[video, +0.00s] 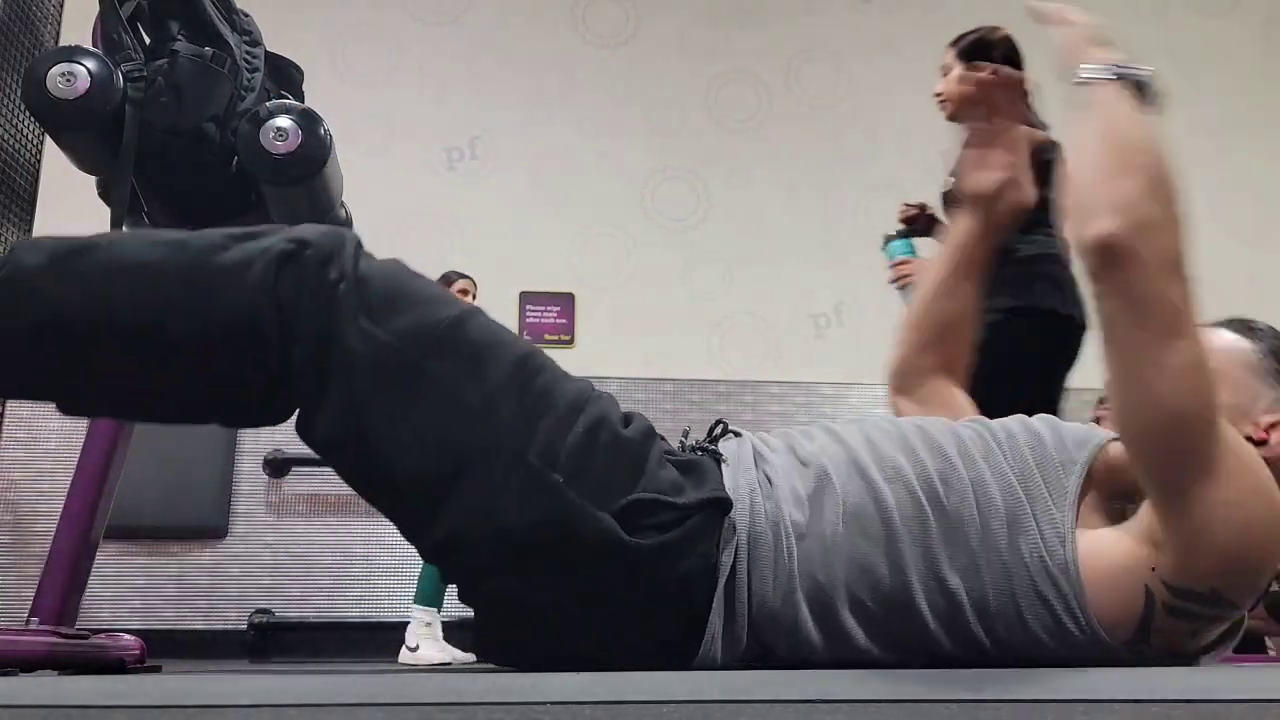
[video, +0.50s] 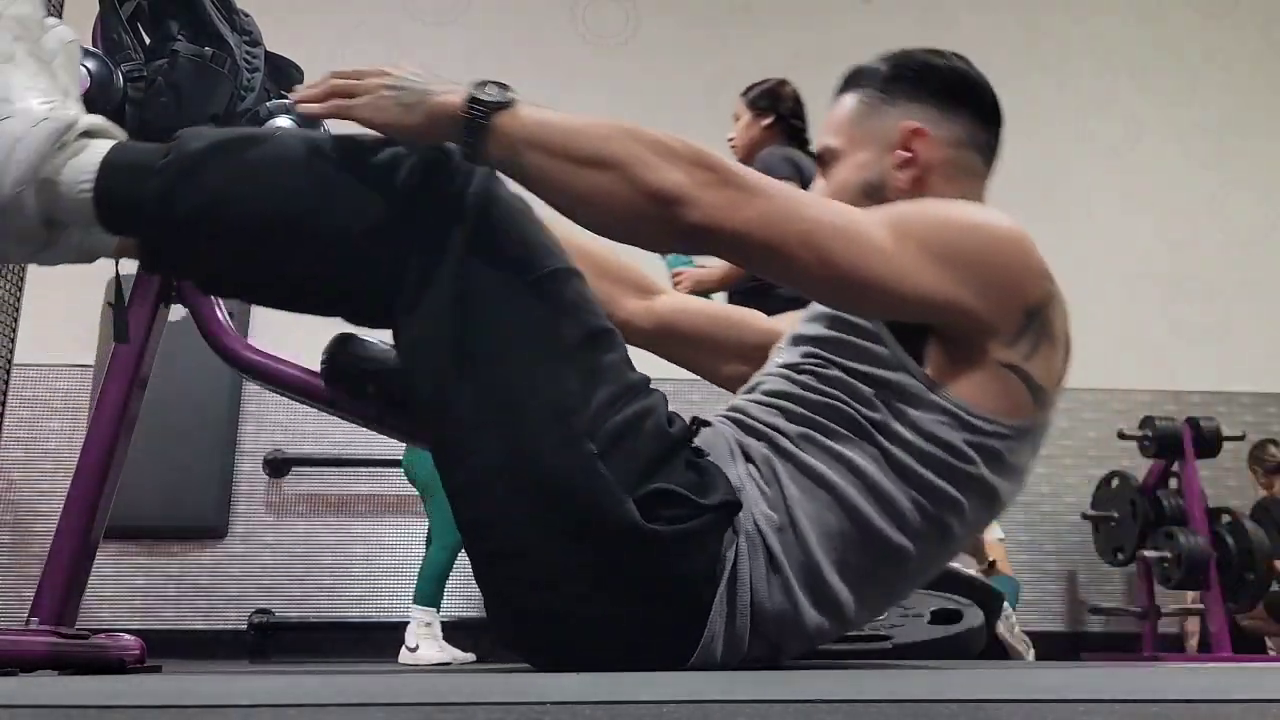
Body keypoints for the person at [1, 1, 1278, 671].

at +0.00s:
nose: (1201, 352)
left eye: (1236, 355)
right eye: (1224, 340)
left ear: (1259, 425)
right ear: (1215, 396)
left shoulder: (1207, 535)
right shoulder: (1083, 481)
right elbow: (926, 395)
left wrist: (1108, 82)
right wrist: (982, 221)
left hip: (670, 569)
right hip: (672, 511)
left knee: (323, 292)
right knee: (345, 295)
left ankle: (3, 310)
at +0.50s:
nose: (809, 191)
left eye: (830, 164)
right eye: (815, 170)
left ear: (912, 155)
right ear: (913, 161)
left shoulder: (1000, 263)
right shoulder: (848, 328)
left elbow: (700, 191)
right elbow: (625, 290)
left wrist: (460, 106)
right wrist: (453, 146)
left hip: (685, 568)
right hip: (644, 554)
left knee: (436, 202)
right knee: (437, 193)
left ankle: (65, 186)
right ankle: (82, 177)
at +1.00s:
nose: (848, 193)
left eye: (871, 169)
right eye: (856, 173)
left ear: (949, 178)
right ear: (939, 194)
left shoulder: (1037, 298)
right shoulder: (874, 351)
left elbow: (764, 171)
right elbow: (675, 294)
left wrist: (571, 39)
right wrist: (537, 147)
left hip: (671, 570)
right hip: (643, 555)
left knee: (479, 174)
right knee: (472, 190)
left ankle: (84, 153)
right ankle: (103, 159)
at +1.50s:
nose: (1179, 364)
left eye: (1217, 368)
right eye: (1183, 347)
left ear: (1249, 427)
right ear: (1144, 370)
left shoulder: (1193, 547)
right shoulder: (1082, 457)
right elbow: (1108, 373)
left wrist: (1239, 363)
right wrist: (1155, 375)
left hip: (694, 558)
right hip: (676, 497)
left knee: (308, 324)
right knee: (310, 320)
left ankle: (12, 340)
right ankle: (19, 336)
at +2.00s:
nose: (1193, 397)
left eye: (1224, 406)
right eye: (1204, 388)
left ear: (1253, 467)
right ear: (1177, 421)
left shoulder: (1209, 546)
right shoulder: (1115, 477)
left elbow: (1279, 607)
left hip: (673, 540)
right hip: (664, 474)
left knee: (223, 470)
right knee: (248, 451)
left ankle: (19, 527)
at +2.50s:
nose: (1182, 395)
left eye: (1214, 390)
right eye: (1188, 378)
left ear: (1244, 449)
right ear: (1171, 411)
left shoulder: (1190, 568)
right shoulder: (1091, 463)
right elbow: (1075, 384)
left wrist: (1244, 310)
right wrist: (1222, 294)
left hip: (671, 552)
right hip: (657, 484)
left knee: (324, 289)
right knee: (322, 296)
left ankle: (3, 303)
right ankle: (12, 311)